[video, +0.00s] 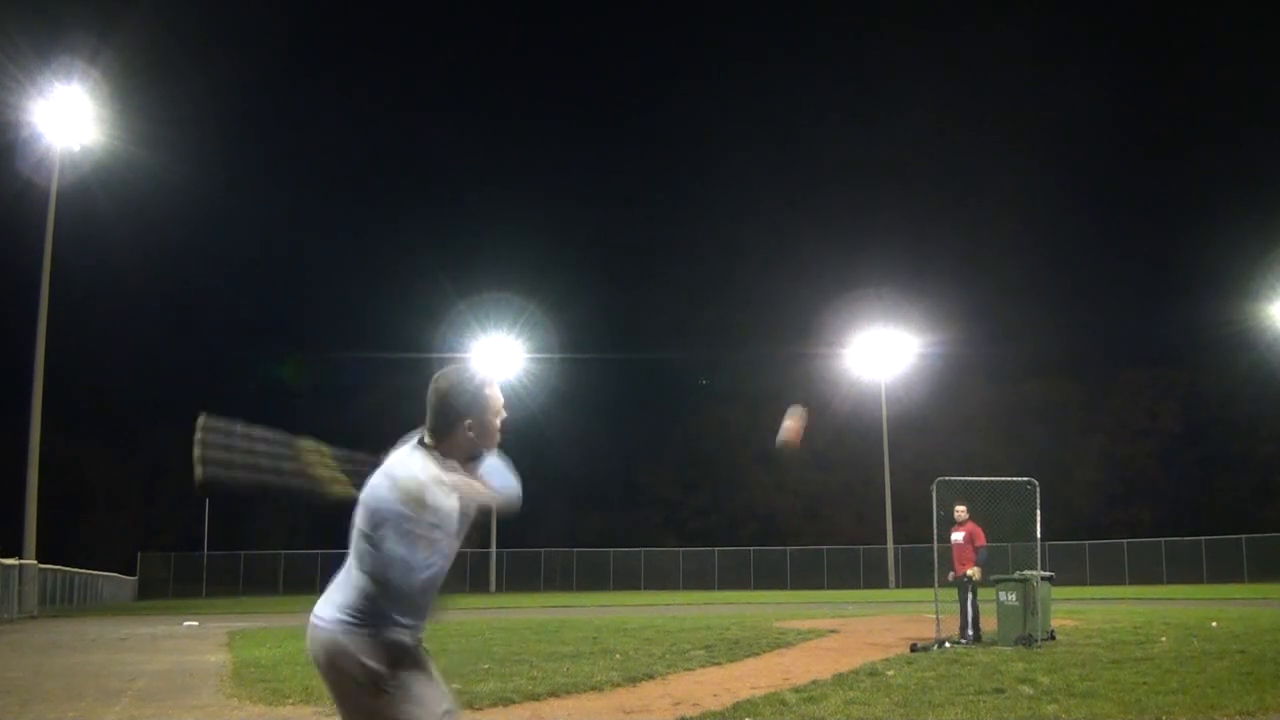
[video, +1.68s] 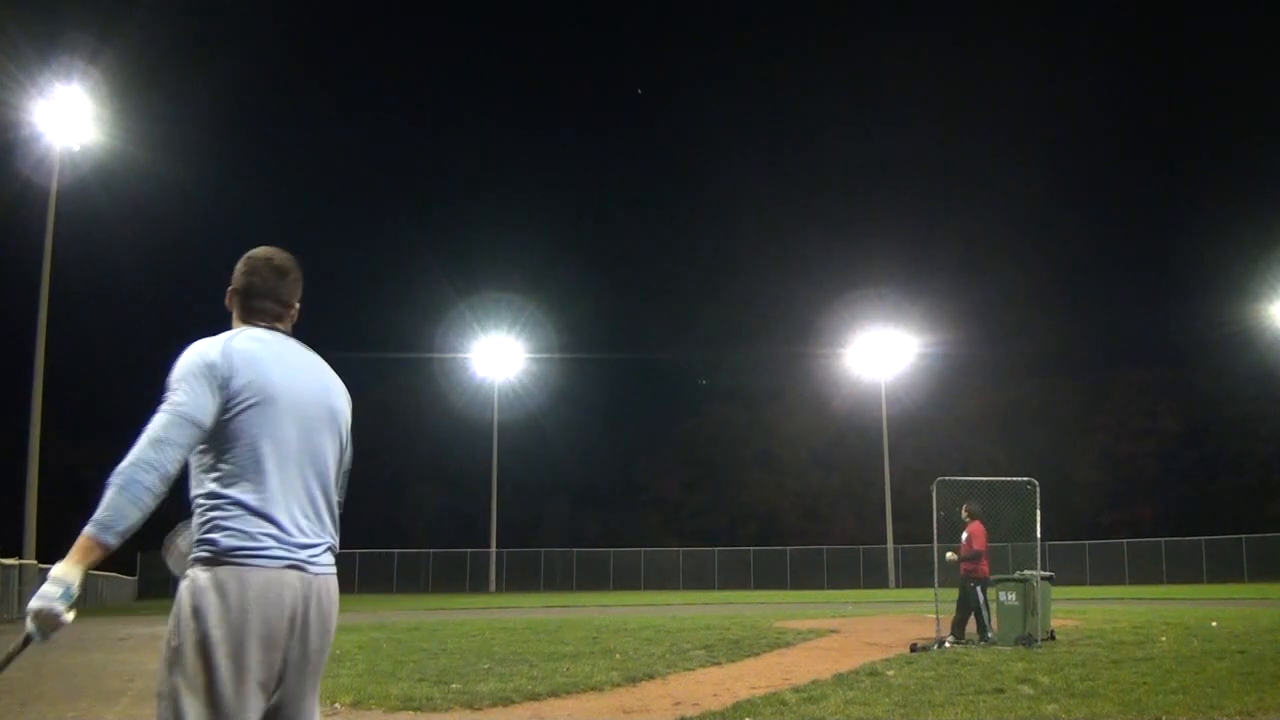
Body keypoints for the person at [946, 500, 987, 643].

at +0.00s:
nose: (959, 514)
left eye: (962, 511)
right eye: (957, 511)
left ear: (967, 513)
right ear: (953, 513)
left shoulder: (973, 529)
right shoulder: (954, 530)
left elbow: (982, 549)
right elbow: (957, 553)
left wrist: (977, 566)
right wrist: (954, 570)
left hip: (969, 572)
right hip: (959, 573)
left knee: (968, 605)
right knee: (964, 605)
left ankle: (969, 635)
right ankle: (969, 633)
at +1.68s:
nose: (961, 513)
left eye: (963, 511)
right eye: (962, 511)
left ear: (968, 513)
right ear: (970, 513)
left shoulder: (976, 528)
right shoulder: (969, 527)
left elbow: (978, 551)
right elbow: (970, 550)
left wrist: (958, 558)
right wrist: (958, 556)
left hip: (977, 576)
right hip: (968, 575)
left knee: (980, 607)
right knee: (963, 607)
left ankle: (986, 635)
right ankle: (957, 634)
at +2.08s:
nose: (946, 518)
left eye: (948, 514)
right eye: (946, 515)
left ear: (955, 514)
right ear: (955, 515)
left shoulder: (966, 526)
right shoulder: (955, 528)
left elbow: (968, 548)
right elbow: (958, 550)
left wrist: (954, 563)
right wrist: (951, 564)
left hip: (965, 575)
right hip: (955, 575)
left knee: (970, 606)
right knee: (954, 608)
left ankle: (983, 634)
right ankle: (953, 636)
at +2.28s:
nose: (941, 518)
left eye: (943, 514)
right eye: (940, 515)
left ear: (951, 514)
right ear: (948, 515)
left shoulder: (962, 527)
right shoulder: (948, 529)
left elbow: (968, 547)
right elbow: (950, 550)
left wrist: (960, 564)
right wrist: (946, 567)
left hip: (958, 572)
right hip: (948, 572)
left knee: (957, 600)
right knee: (950, 605)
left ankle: (975, 629)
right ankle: (953, 636)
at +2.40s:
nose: (938, 518)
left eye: (940, 514)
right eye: (937, 515)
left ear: (948, 514)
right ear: (942, 515)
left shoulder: (959, 526)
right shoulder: (943, 531)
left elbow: (966, 547)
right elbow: (939, 551)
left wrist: (963, 565)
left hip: (955, 571)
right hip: (945, 573)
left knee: (954, 601)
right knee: (948, 604)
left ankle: (968, 632)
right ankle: (952, 635)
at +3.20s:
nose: (934, 513)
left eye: (936, 511)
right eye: (935, 511)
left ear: (942, 513)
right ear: (941, 513)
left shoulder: (949, 526)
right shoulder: (942, 527)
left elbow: (951, 547)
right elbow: (943, 549)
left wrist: (947, 568)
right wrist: (940, 569)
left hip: (950, 573)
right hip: (943, 573)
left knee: (951, 606)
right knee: (946, 606)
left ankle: (954, 636)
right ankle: (949, 635)